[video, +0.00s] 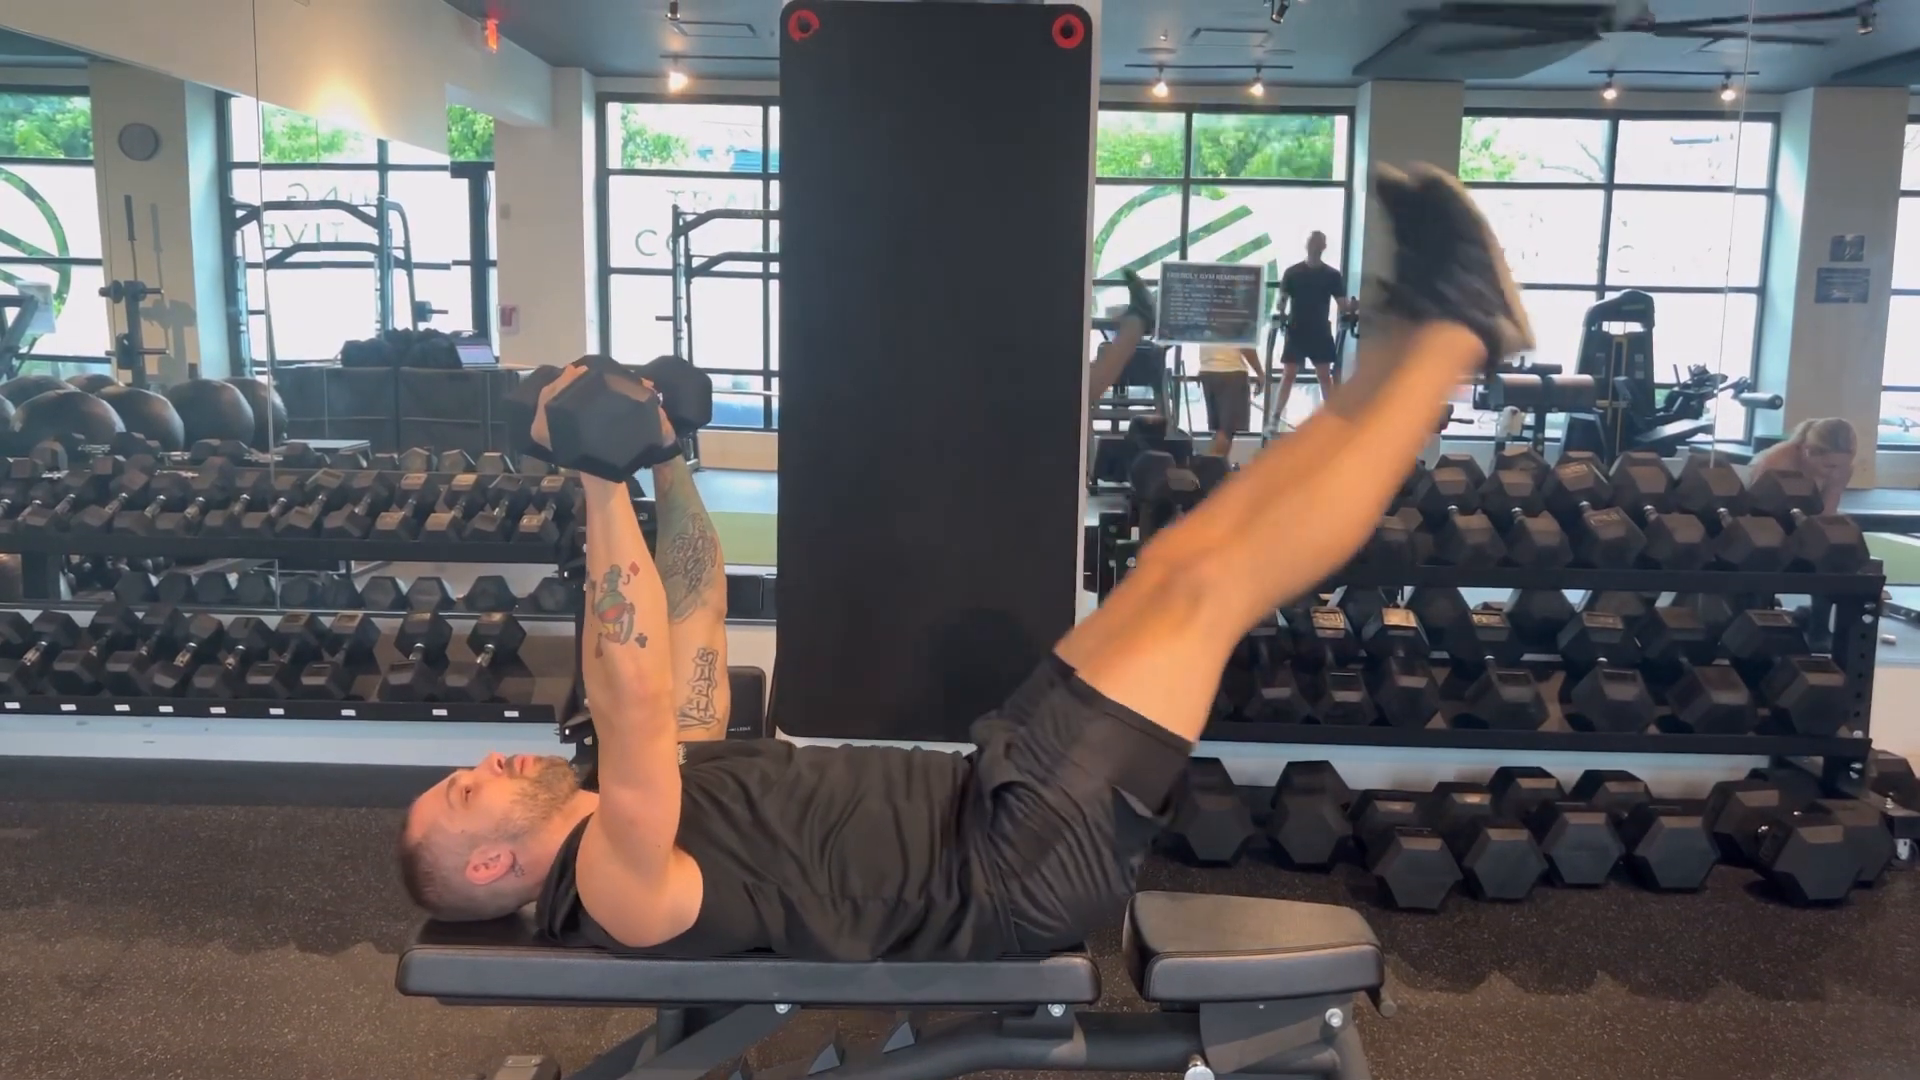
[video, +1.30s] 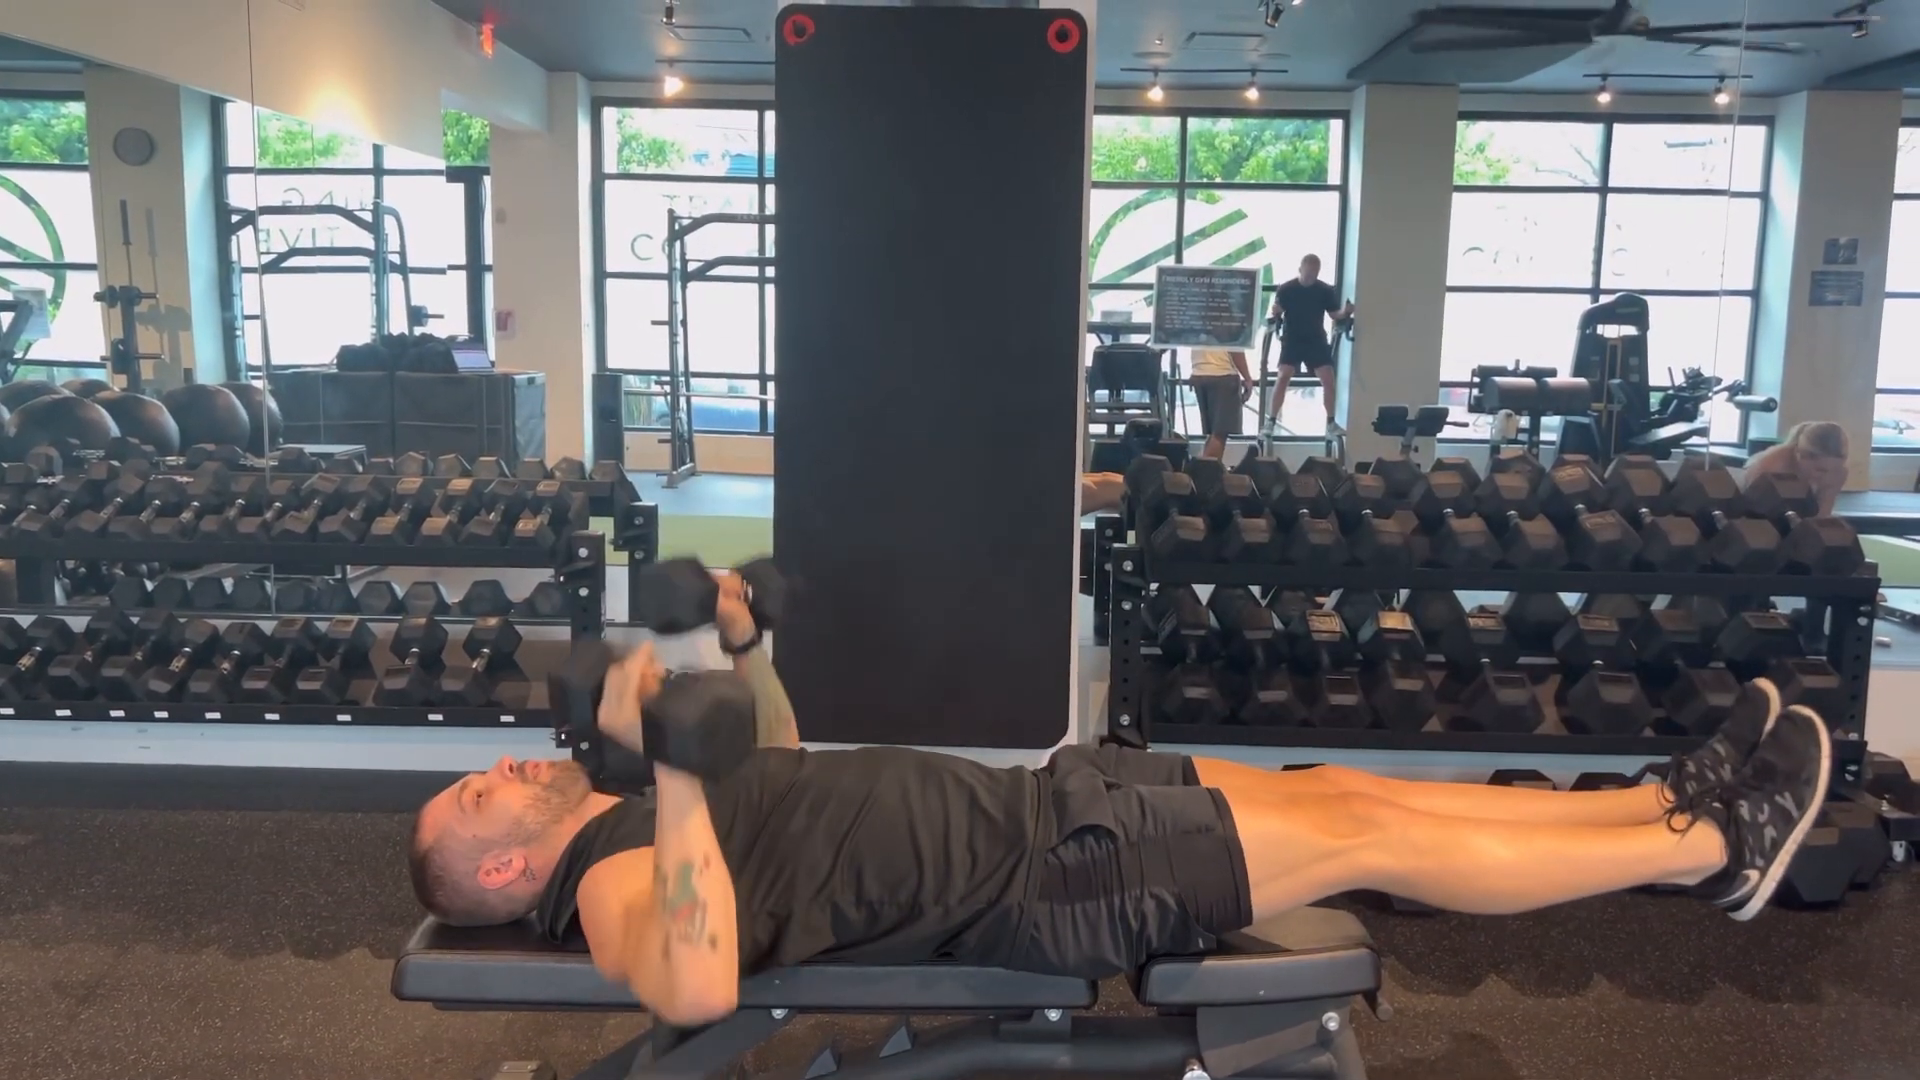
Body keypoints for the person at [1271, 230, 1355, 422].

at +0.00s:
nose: (1313, 246)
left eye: (1318, 243)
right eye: (1311, 242)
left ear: (1324, 247)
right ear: (1306, 245)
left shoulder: (1332, 275)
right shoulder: (1292, 273)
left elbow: (1342, 303)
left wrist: (1349, 308)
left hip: (1320, 329)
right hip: (1296, 328)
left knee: (1324, 376)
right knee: (1289, 374)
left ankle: (1331, 417)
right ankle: (1275, 418)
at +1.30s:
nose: (1309, 277)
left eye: (1313, 273)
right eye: (1306, 272)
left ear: (1318, 272)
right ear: (1299, 269)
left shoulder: (1325, 291)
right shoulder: (1286, 289)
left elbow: (1335, 315)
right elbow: (1275, 312)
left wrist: (1345, 312)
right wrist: (1274, 315)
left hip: (1316, 340)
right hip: (1292, 340)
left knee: (1328, 379)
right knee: (1283, 377)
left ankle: (1331, 424)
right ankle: (1271, 421)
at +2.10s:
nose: (1306, 284)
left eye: (1309, 280)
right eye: (1302, 279)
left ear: (1314, 280)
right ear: (1296, 279)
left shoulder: (1320, 301)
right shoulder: (1284, 301)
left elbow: (1334, 323)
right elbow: (1272, 333)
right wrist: (1273, 321)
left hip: (1312, 356)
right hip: (1289, 356)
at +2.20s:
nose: (1306, 283)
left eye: (1310, 280)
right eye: (1303, 279)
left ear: (1314, 280)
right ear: (1296, 279)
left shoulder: (1320, 303)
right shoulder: (1284, 303)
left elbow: (1333, 325)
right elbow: (1271, 329)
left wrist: (1344, 320)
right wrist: (1272, 322)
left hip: (1313, 358)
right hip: (1290, 359)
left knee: (1312, 407)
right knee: (1288, 406)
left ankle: (1308, 446)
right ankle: (1282, 445)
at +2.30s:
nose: (1306, 286)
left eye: (1310, 282)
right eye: (1303, 281)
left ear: (1314, 282)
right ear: (1296, 280)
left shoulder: (1321, 305)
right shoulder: (1284, 304)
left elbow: (1334, 328)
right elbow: (1270, 332)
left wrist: (1344, 322)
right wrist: (1272, 324)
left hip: (1313, 361)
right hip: (1289, 361)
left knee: (1312, 409)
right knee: (1288, 409)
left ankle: (1308, 449)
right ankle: (1281, 449)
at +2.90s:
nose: (1306, 291)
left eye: (1309, 288)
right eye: (1302, 287)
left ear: (1313, 288)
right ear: (1296, 287)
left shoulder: (1321, 310)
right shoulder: (1284, 310)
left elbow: (1334, 334)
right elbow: (1270, 338)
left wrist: (1344, 328)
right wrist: (1272, 328)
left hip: (1313, 363)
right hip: (1290, 363)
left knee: (1316, 409)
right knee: (1291, 409)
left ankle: (1316, 454)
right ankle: (1288, 454)